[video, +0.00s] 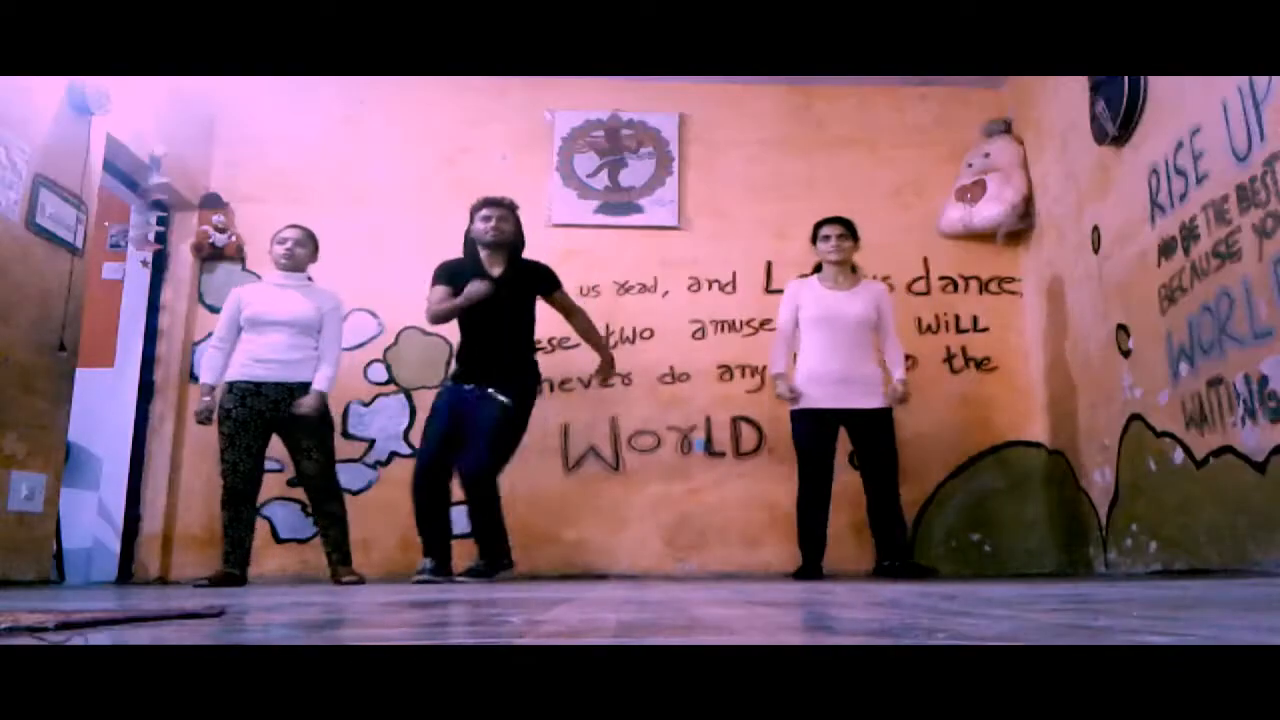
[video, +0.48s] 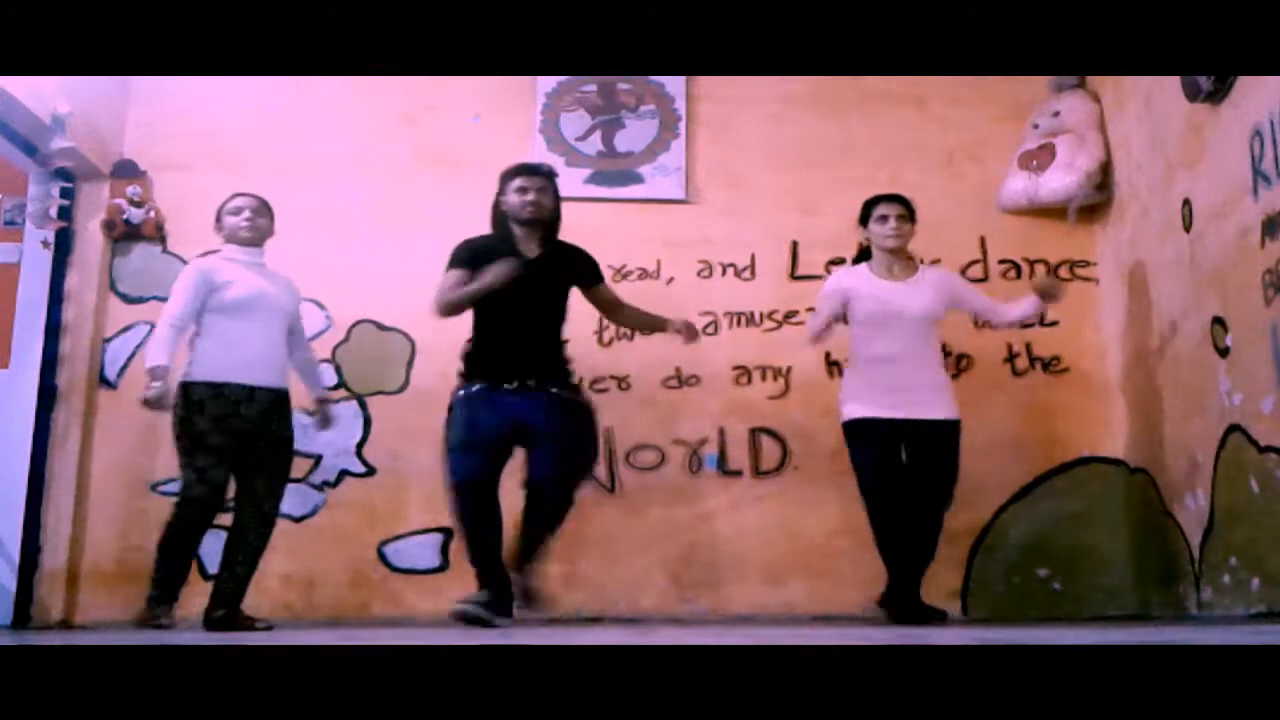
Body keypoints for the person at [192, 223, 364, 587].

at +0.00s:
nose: (288, 247)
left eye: (298, 244)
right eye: (282, 241)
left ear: (312, 256)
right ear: (269, 250)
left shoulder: (325, 299)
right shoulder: (243, 292)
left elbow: (330, 352)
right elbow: (220, 343)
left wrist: (318, 391)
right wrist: (207, 392)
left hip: (300, 395)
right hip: (244, 394)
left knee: (320, 480)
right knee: (238, 483)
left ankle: (341, 566)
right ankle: (233, 569)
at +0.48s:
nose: (248, 217)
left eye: (257, 213)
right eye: (237, 212)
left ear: (271, 229)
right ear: (219, 226)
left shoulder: (284, 285)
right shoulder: (205, 268)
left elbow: (299, 345)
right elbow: (171, 322)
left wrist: (318, 392)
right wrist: (158, 372)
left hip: (268, 404)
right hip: (209, 398)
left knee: (260, 511)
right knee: (201, 499)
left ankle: (225, 608)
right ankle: (160, 603)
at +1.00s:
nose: (323, 215)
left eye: (330, 210)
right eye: (309, 210)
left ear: (339, 224)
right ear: (290, 225)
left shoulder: (326, 274)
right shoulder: (297, 259)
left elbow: (335, 356)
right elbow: (259, 315)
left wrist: (384, 392)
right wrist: (255, 376)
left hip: (324, 397)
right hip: (300, 395)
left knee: (344, 492)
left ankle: (311, 605)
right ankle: (235, 574)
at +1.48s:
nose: (390, 236)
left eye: (396, 231)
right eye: (379, 231)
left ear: (404, 242)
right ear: (361, 243)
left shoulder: (386, 278)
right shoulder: (368, 273)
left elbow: (386, 335)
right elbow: (353, 323)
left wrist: (410, 370)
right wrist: (394, 365)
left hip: (377, 381)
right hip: (372, 380)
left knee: (394, 470)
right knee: (442, 449)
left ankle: (371, 563)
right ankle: (363, 520)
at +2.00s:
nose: (381, 235)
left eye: (389, 231)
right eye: (371, 230)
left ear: (399, 244)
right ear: (356, 243)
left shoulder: (397, 294)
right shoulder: (353, 279)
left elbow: (401, 352)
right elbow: (313, 323)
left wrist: (436, 384)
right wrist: (312, 380)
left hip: (391, 382)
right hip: (362, 378)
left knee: (397, 462)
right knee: (393, 459)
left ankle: (370, 561)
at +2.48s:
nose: (341, 228)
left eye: (351, 224)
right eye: (334, 224)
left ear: (366, 239)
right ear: (321, 237)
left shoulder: (379, 280)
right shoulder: (301, 282)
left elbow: (414, 327)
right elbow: (267, 327)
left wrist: (442, 375)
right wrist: (221, 337)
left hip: (358, 380)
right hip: (305, 382)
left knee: (337, 458)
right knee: (312, 470)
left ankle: (358, 555)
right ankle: (330, 560)